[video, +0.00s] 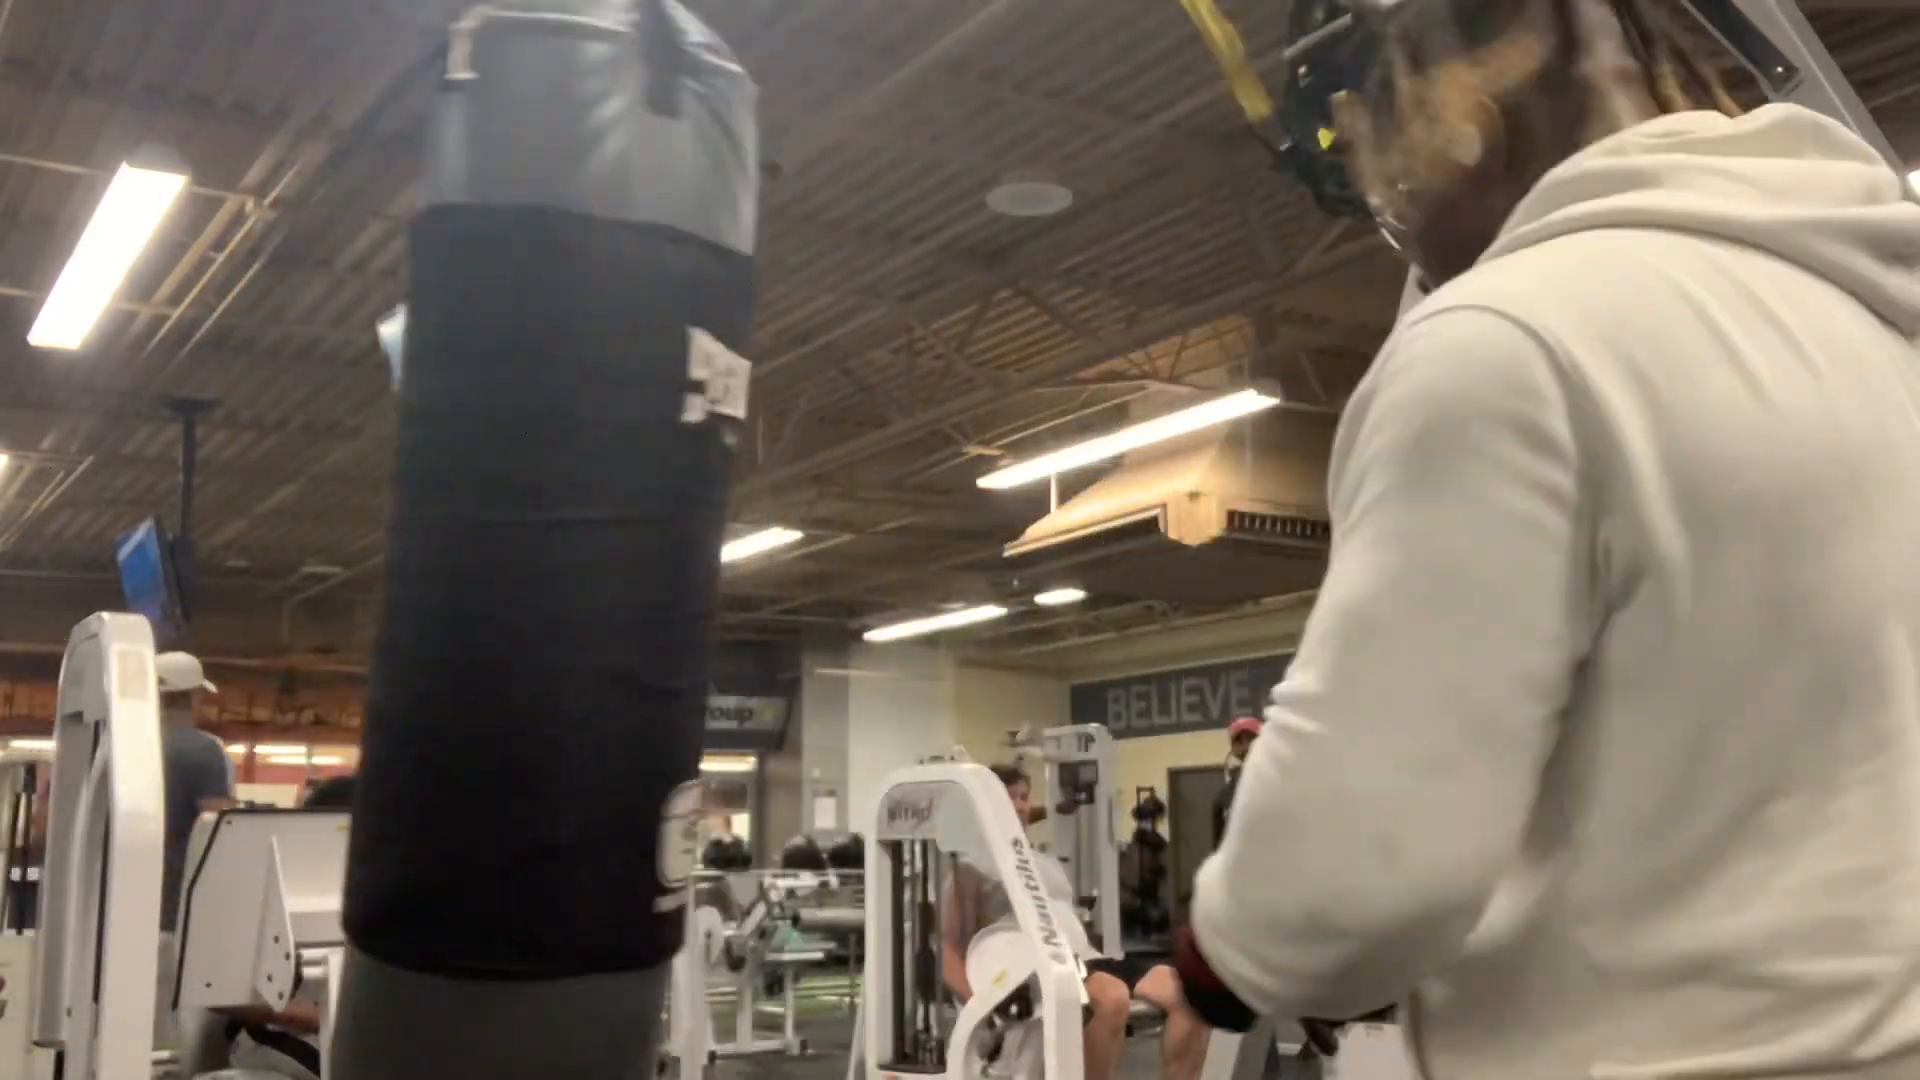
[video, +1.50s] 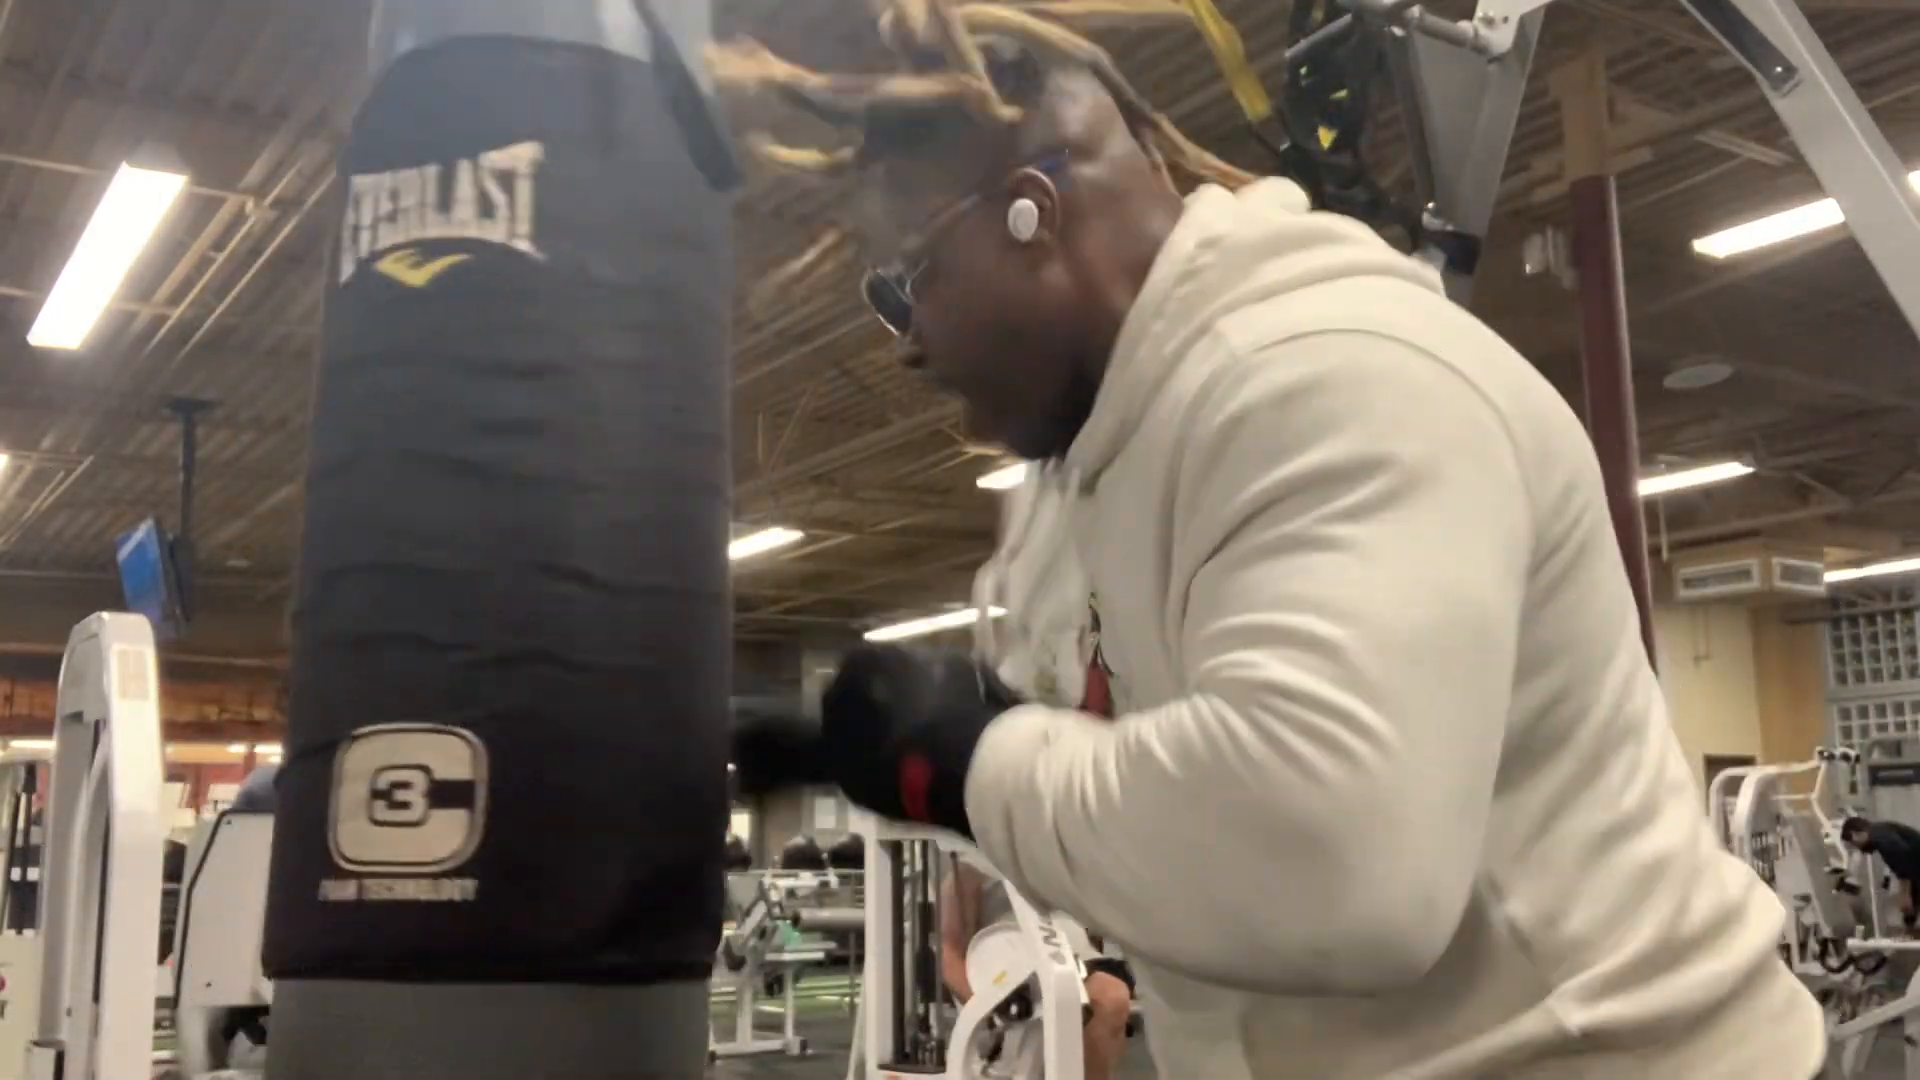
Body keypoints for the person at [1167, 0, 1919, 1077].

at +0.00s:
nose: (1375, 200)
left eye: (1376, 127)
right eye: (1360, 137)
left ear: (1465, 102)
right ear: (1661, 68)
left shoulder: (1507, 341)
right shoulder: (1869, 296)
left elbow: (1366, 865)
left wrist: (1218, 964)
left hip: (1643, 1049)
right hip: (1883, 1031)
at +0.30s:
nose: (1253, 243)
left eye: (1262, 210)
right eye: (1249, 221)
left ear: (1336, 146)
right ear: (1494, 84)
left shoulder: (1371, 260)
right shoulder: (1764, 285)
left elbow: (1014, 621)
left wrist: (1151, 396)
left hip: (1563, 1023)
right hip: (1869, 1011)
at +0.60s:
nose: (1238, 316)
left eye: (1232, 273)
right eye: (1222, 289)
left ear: (1309, 202)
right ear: (1439, 149)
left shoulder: (1364, 371)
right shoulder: (1665, 292)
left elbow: (1122, 764)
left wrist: (993, 610)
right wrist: (1163, 575)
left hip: (1599, 1043)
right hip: (1861, 1015)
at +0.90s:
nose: (1165, 318)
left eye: (1170, 282)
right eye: (1155, 290)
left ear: (1265, 196)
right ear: (1337, 183)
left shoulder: (1327, 299)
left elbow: (925, 557)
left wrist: (769, 650)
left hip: (1579, 1030)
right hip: (1791, 1003)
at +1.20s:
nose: (1151, 328)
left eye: (1169, 287)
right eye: (1143, 302)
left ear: (1243, 260)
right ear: (1343, 246)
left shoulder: (1277, 373)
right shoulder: (1542, 418)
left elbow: (1029, 643)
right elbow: (1700, 751)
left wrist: (769, 796)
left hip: (1463, 1037)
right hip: (1760, 1029)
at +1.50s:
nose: (909, 355)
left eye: (900, 293)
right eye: (888, 310)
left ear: (1028, 203)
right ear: (1027, 208)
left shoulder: (1331, 371)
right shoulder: (1104, 448)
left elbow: (1344, 855)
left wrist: (977, 761)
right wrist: (905, 733)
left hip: (1587, 1053)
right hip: (1312, 1044)